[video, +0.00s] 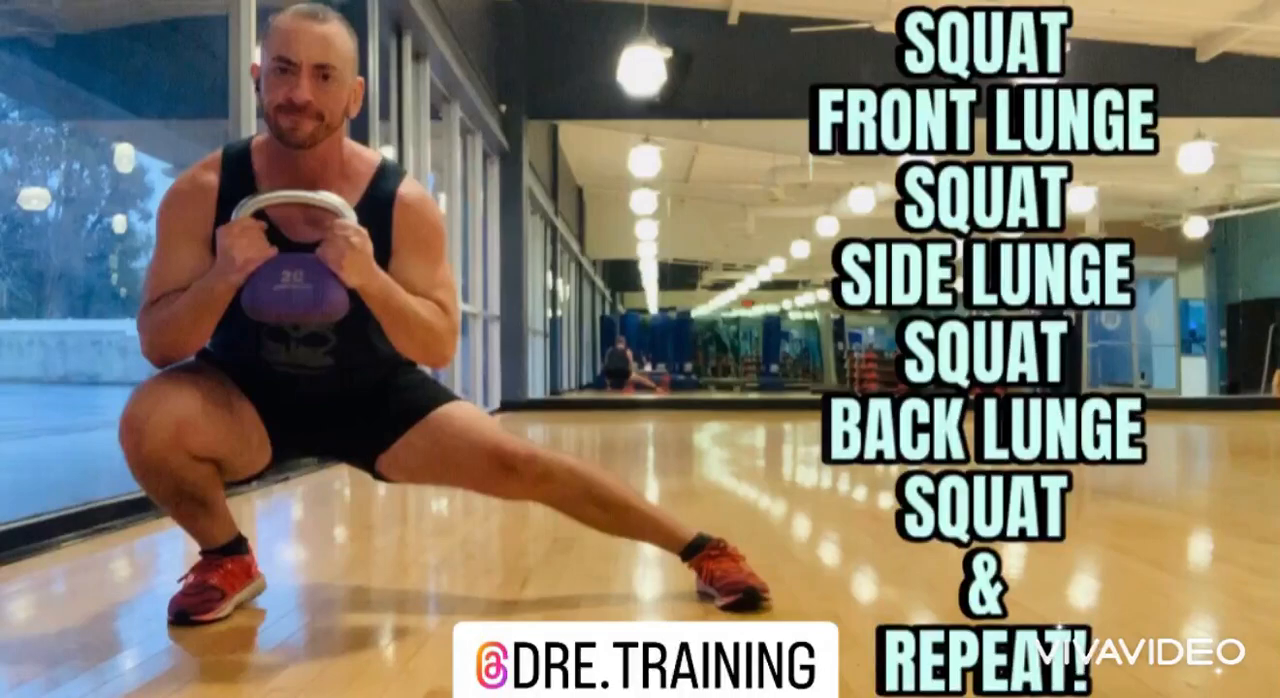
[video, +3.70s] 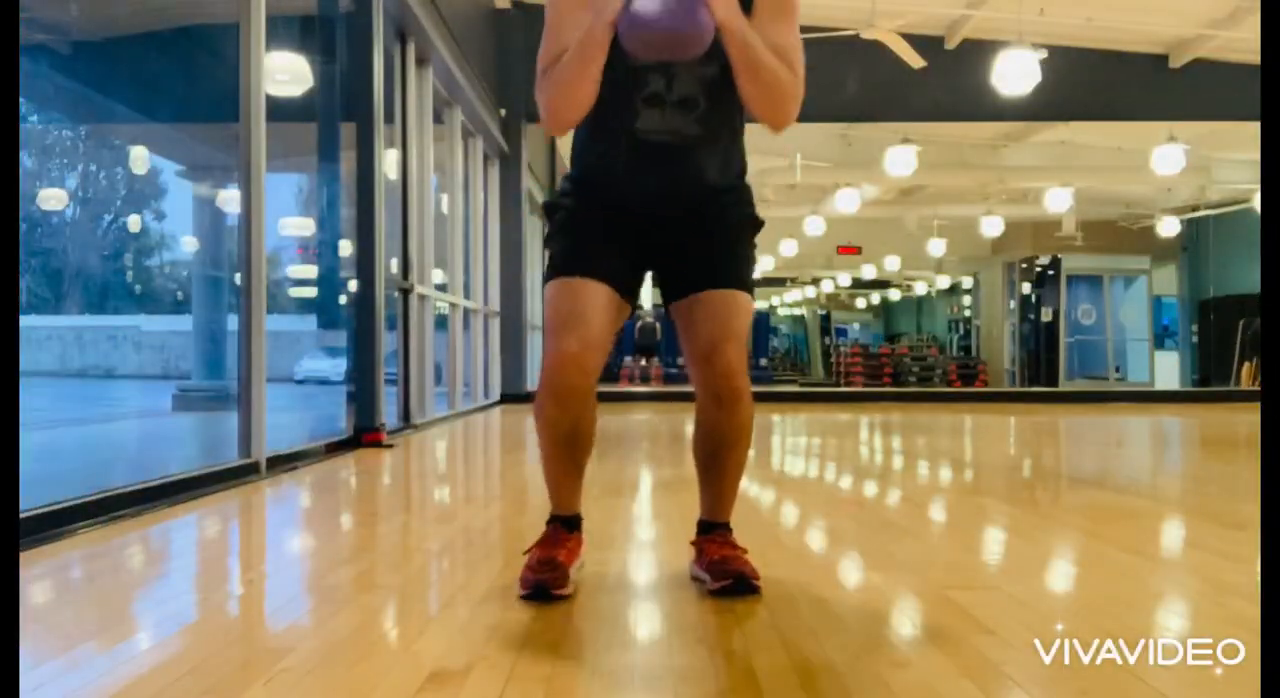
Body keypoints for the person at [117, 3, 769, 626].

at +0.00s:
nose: (298, 92)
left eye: (321, 75)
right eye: (281, 70)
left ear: (354, 92)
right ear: (257, 78)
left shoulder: (405, 205)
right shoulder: (201, 193)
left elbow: (437, 345)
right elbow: (161, 343)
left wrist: (368, 277)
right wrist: (221, 277)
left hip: (377, 397)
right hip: (253, 396)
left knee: (517, 463)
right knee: (148, 422)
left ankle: (696, 547)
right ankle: (225, 555)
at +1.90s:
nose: (299, 90)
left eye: (322, 73)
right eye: (282, 69)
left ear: (354, 90)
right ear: (257, 79)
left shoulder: (407, 209)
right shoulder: (200, 194)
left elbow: (437, 346)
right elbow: (161, 344)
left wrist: (365, 274)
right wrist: (221, 279)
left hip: (378, 399)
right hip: (252, 397)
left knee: (517, 462)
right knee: (149, 422)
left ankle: (696, 548)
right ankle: (226, 557)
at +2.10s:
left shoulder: (685, 11)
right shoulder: (564, 10)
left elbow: (712, 54)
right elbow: (529, 39)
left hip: (683, 157)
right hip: (575, 156)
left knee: (697, 351)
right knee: (571, 354)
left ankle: (715, 528)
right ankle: (560, 533)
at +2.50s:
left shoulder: (730, 3)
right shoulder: (552, 2)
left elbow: (748, 103)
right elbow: (537, 111)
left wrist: (695, 12)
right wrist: (578, 15)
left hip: (689, 197)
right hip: (585, 196)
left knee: (720, 352)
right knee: (556, 353)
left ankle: (716, 536)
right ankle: (559, 533)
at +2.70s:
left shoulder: (729, 71)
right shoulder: (556, 70)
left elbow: (744, 201)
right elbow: (532, 206)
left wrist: (696, 106)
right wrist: (579, 113)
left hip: (687, 272)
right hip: (585, 271)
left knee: (726, 368)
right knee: (546, 374)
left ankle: (716, 536)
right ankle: (559, 536)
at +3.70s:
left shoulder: (763, 1)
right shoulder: (577, 2)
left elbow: (780, 108)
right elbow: (556, 114)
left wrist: (726, 14)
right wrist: (604, 14)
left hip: (709, 205)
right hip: (601, 202)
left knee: (726, 377)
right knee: (566, 366)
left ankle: (715, 537)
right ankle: (562, 528)